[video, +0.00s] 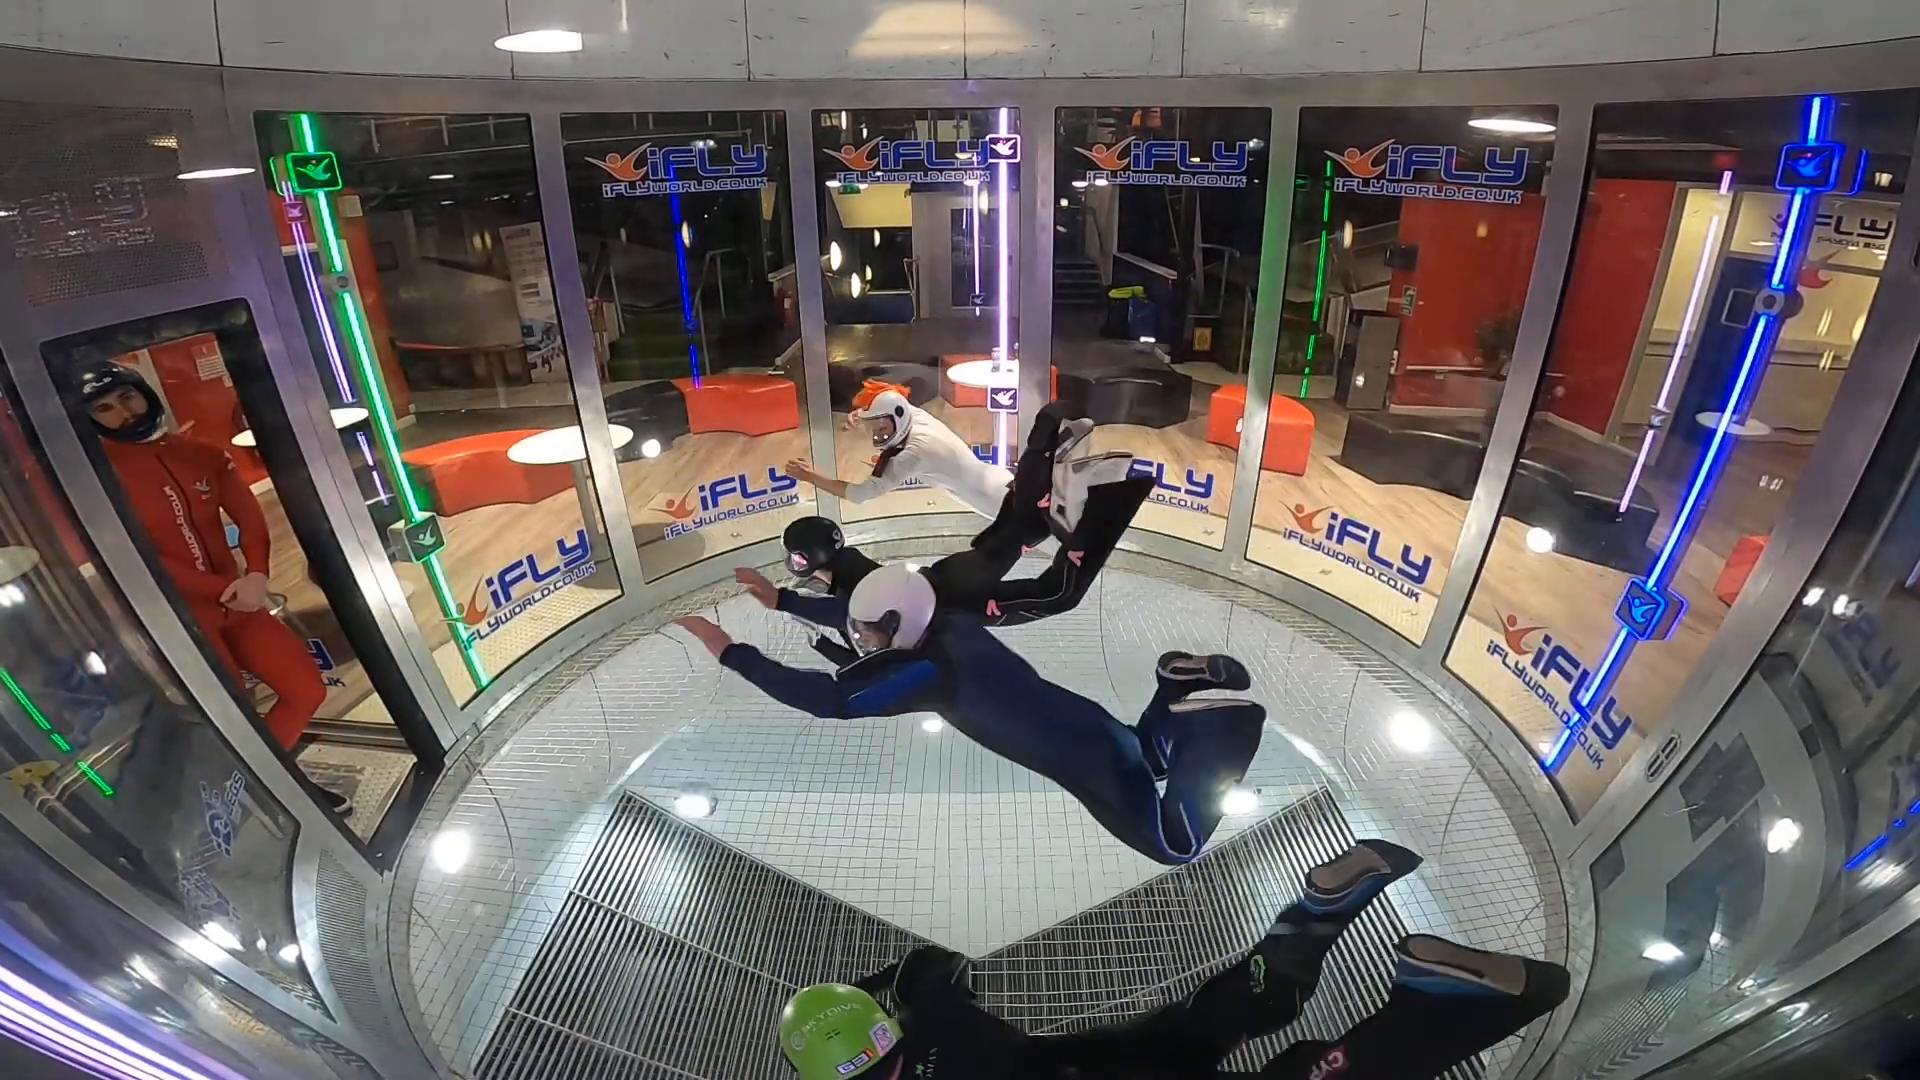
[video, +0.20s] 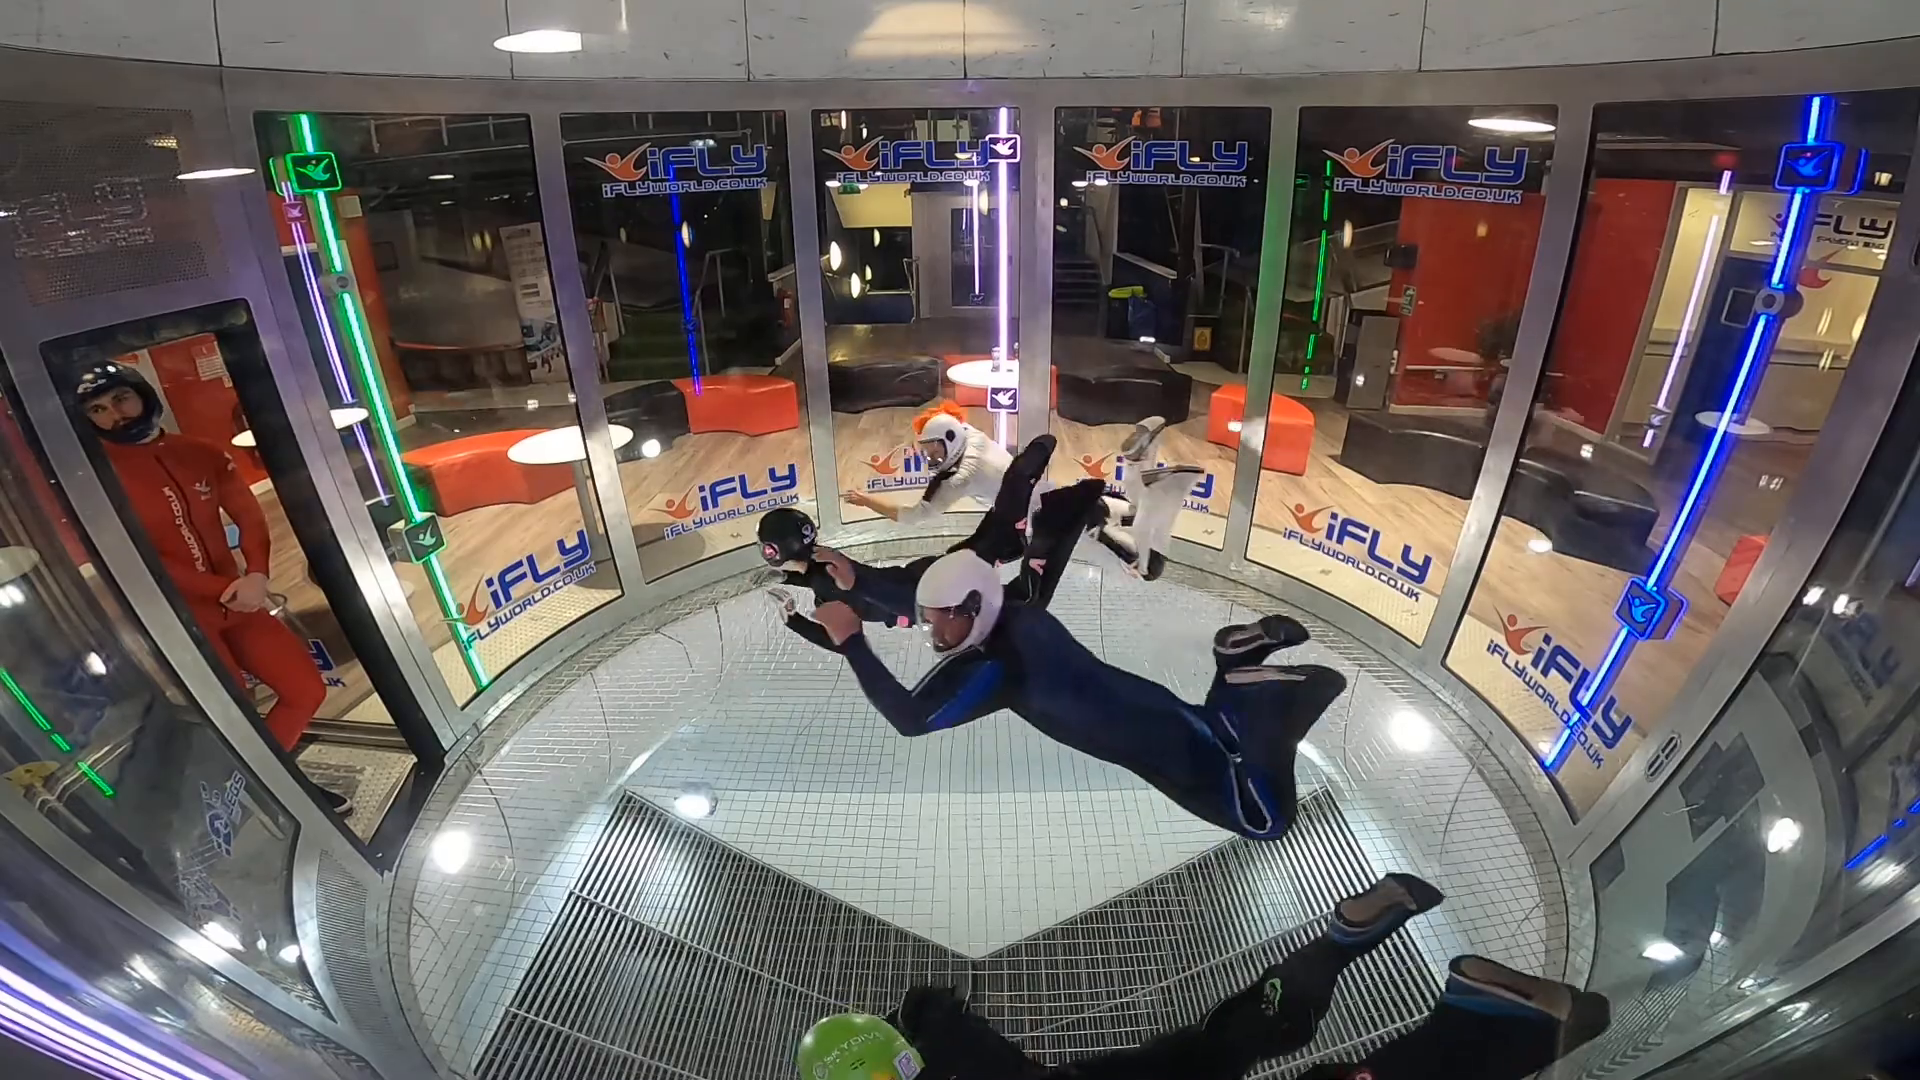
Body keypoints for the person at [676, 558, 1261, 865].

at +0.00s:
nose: (859, 638)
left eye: (867, 631)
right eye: (860, 629)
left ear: (899, 631)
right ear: (899, 617)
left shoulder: (934, 668)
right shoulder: (937, 621)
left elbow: (832, 698)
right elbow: (848, 616)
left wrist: (734, 655)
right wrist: (781, 602)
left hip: (1090, 759)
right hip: (1089, 725)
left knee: (1180, 845)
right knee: (1154, 809)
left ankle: (1194, 714)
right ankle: (1175, 690)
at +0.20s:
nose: (930, 632)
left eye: (939, 621)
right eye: (927, 620)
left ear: (971, 616)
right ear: (974, 603)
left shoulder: (1001, 659)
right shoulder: (1007, 616)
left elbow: (910, 717)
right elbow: (904, 599)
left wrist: (851, 642)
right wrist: (851, 583)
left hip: (1159, 745)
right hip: (1154, 709)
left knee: (1265, 821)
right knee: (1220, 735)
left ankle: (1249, 690)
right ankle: (1238, 662)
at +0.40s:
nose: (1018, 628)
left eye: (1029, 618)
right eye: (1015, 614)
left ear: (1059, 616)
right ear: (1050, 600)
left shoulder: (1076, 669)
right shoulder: (1090, 607)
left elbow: (1003, 729)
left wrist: (936, 668)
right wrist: (981, 594)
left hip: (1252, 725)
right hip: (1239, 682)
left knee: (1385, 765)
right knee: (1320, 678)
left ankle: (1383, 640)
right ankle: (1350, 616)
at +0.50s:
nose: (1061, 640)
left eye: (1071, 630)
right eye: (1060, 628)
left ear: (1101, 627)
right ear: (1086, 609)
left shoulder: (1122, 680)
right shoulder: (1126, 605)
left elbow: (1053, 743)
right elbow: (1087, 585)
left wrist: (978, 695)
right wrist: (1038, 603)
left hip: (1307, 713)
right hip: (1290, 663)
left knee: (1441, 736)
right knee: (1355, 644)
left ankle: (1476, 615)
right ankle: (1401, 572)